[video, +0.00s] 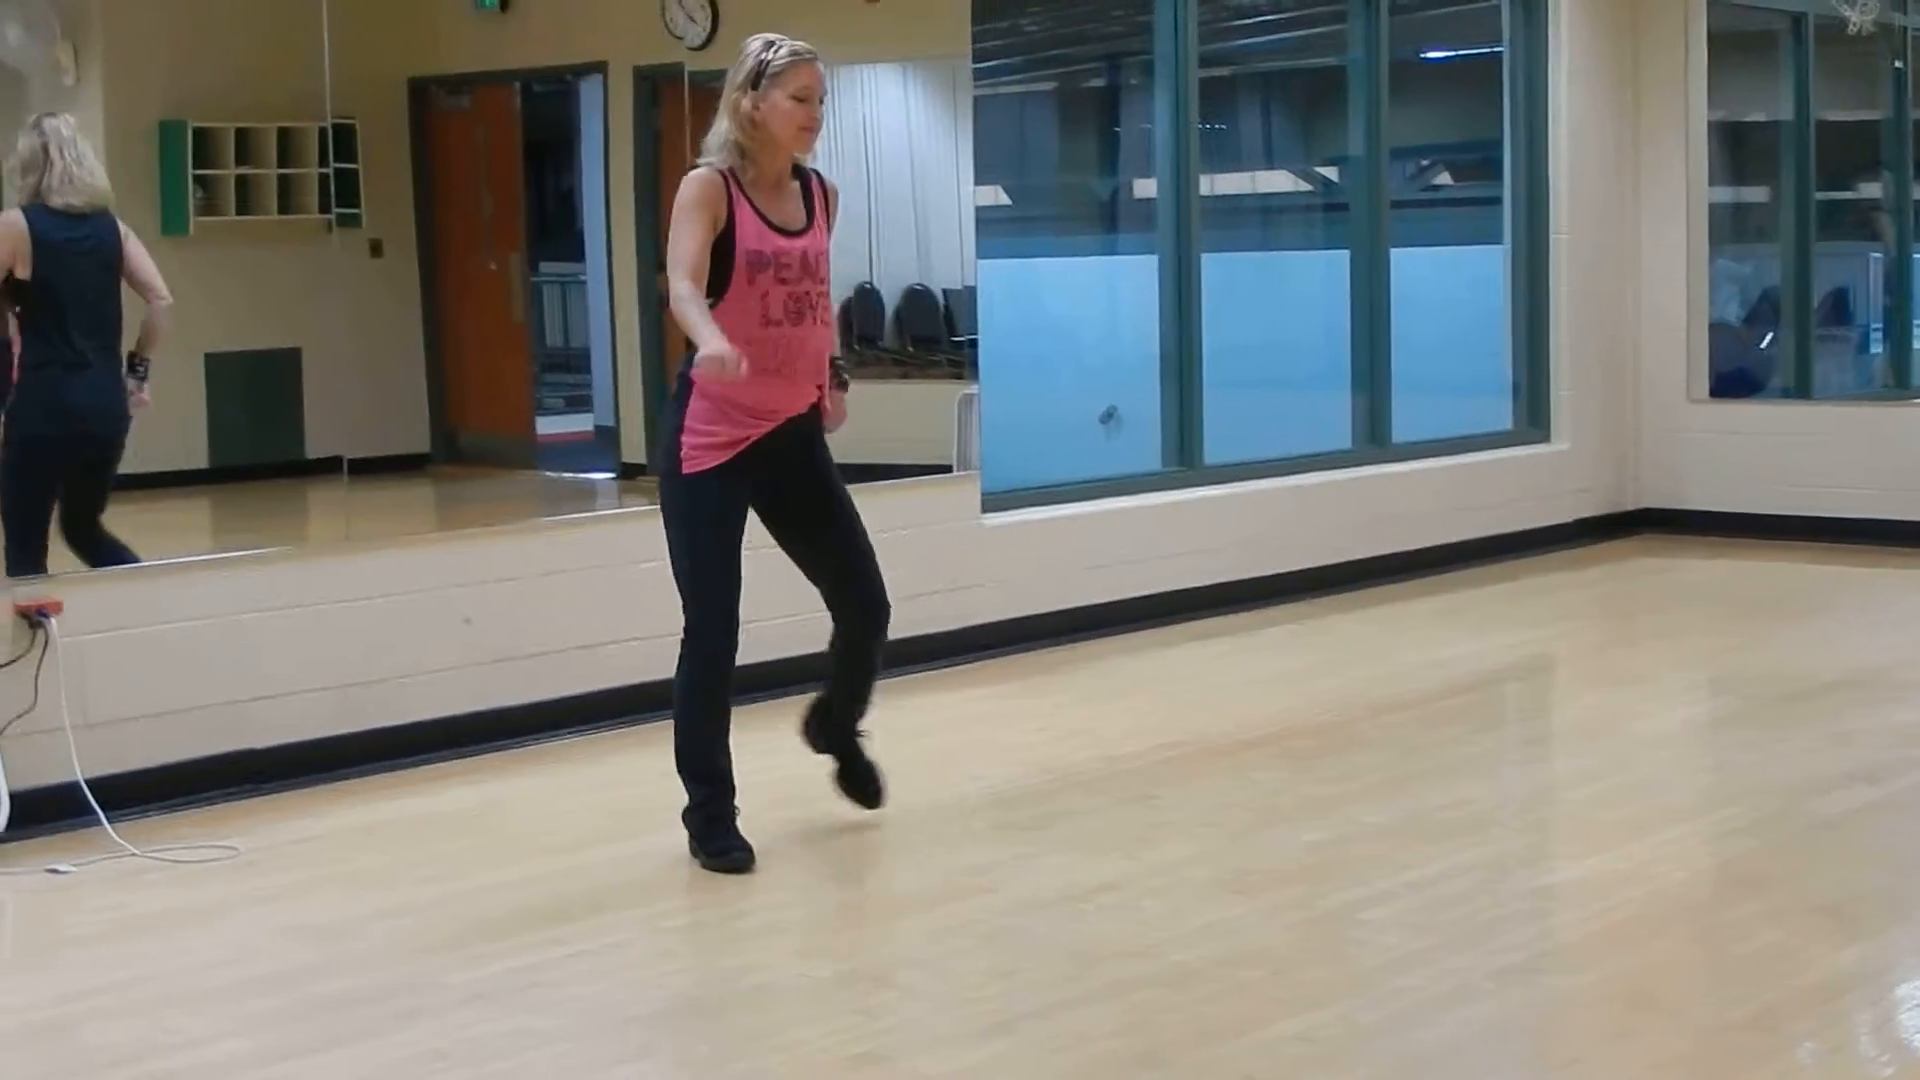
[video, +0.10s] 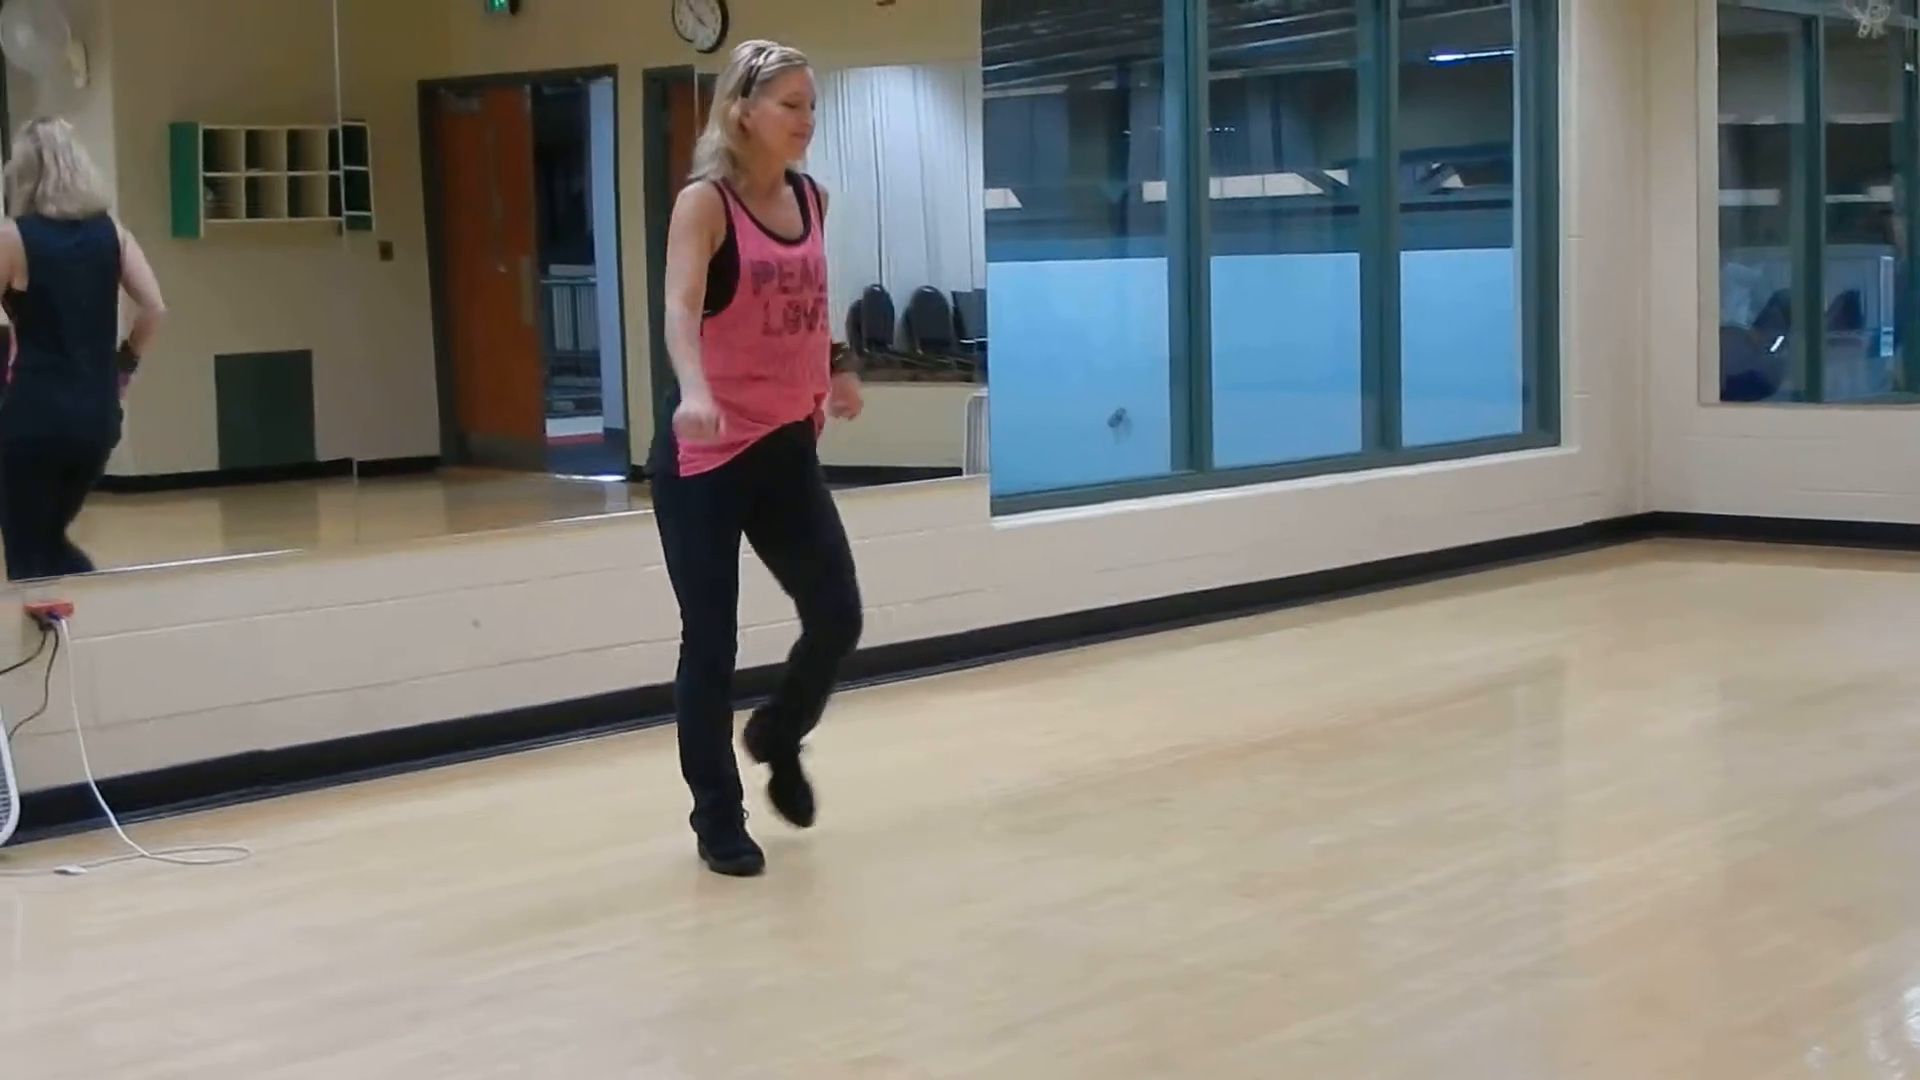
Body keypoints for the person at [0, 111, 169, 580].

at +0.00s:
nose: (15, 171)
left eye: (20, 162)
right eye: (18, 162)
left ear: (28, 165)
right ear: (84, 162)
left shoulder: (14, 227)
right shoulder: (111, 228)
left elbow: (7, 310)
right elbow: (160, 299)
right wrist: (139, 369)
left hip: (40, 405)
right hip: (106, 404)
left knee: (24, 542)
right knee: (82, 526)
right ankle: (155, 598)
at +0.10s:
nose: (11, 176)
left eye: (15, 167)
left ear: (20, 173)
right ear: (78, 167)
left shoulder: (13, 237)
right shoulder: (110, 231)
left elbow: (6, 314)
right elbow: (153, 307)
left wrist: (17, 337)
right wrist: (125, 365)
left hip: (32, 408)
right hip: (97, 409)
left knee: (24, 542)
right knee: (52, 534)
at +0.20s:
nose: (14, 179)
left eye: (17, 169)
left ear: (23, 176)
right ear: (81, 171)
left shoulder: (14, 243)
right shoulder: (113, 238)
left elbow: (4, 318)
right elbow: (142, 316)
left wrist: (20, 333)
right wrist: (114, 344)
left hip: (31, 412)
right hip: (97, 412)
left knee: (28, 547)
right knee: (43, 541)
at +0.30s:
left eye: (14, 174)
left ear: (19, 180)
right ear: (78, 175)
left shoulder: (13, 246)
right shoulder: (106, 241)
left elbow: (5, 340)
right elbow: (131, 324)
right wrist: (77, 319)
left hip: (32, 424)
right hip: (97, 418)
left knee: (31, 557)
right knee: (65, 551)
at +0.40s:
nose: (1, 192)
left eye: (5, 183)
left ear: (14, 189)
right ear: (68, 184)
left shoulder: (12, 255)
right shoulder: (95, 250)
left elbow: (10, 355)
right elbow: (117, 339)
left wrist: (6, 432)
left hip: (44, 441)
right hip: (109, 433)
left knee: (11, 577)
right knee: (95, 572)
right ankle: (140, 675)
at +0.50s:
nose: (0, 210)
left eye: (3, 199)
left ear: (8, 204)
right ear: (58, 202)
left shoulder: (9, 271)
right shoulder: (81, 265)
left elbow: (11, 362)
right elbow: (98, 352)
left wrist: (13, 445)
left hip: (50, 459)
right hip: (115, 449)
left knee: (5, 596)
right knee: (120, 591)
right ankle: (157, 702)